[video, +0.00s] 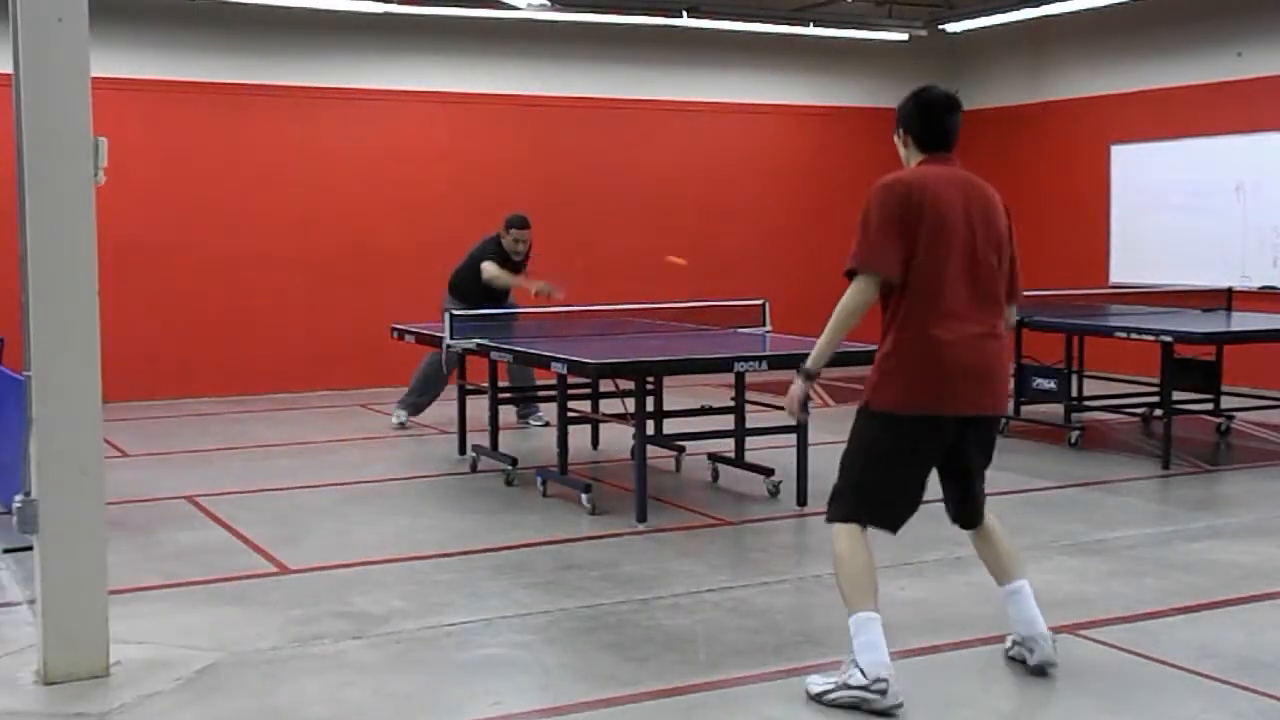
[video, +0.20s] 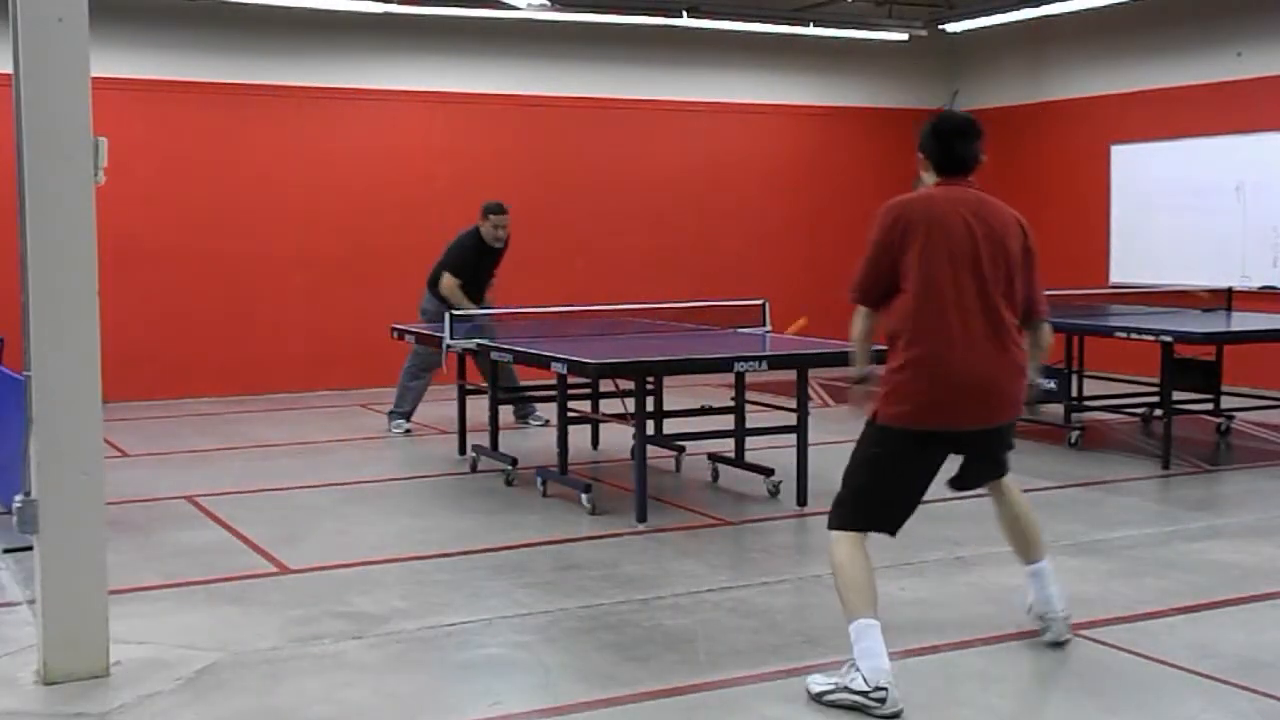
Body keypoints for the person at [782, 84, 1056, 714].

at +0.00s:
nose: (895, 144)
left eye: (895, 135)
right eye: (899, 135)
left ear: (904, 138)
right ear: (954, 137)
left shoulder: (896, 191)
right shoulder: (990, 198)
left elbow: (867, 283)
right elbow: (1008, 303)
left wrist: (811, 368)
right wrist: (981, 368)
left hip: (912, 383)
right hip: (986, 386)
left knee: (848, 514)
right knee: (973, 507)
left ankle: (870, 669)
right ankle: (1033, 635)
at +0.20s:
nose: (914, 164)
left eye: (916, 156)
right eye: (923, 155)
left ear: (924, 161)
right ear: (977, 161)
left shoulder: (904, 214)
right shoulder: (1010, 222)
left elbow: (868, 303)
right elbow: (1037, 325)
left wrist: (860, 366)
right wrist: (1029, 380)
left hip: (917, 395)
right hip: (997, 393)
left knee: (847, 526)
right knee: (1001, 481)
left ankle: (870, 671)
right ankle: (1051, 608)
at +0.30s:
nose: (951, 165)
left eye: (950, 156)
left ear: (953, 164)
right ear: (1006, 165)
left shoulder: (924, 216)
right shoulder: (1032, 225)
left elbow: (894, 312)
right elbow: (1065, 325)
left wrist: (922, 360)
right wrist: (1072, 390)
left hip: (928, 397)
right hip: (1008, 398)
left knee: (869, 525)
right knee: (1025, 481)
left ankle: (873, 672)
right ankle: (1067, 597)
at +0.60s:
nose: (1021, 163)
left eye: (1021, 154)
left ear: (1027, 158)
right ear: (1079, 164)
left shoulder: (1004, 199)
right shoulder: (1099, 216)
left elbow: (962, 289)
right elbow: (1106, 306)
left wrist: (949, 332)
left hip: (1005, 363)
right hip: (1074, 370)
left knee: (952, 490)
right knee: (1055, 469)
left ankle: (915, 641)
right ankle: (1071, 599)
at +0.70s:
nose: (1029, 151)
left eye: (1030, 142)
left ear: (1036, 144)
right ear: (1087, 150)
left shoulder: (1022, 184)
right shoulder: (1103, 199)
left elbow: (998, 269)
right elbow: (1079, 275)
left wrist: (964, 336)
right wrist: (995, 286)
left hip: (1026, 352)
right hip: (1093, 353)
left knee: (965, 479)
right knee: (1059, 461)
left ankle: (923, 630)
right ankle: (1070, 597)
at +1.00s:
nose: (1048, 121)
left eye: (1049, 113)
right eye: (1052, 114)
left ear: (1056, 116)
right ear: (1107, 119)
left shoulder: (1054, 162)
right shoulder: (1123, 171)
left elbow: (1042, 258)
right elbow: (1040, 238)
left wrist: (995, 331)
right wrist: (958, 227)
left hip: (1055, 342)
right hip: (1113, 344)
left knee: (994, 468)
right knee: (1068, 463)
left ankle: (1016, 620)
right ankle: (1093, 593)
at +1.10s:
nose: (1051, 126)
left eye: (1052, 118)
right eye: (1054, 118)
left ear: (1060, 121)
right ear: (1111, 124)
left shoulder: (1061, 174)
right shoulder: (1130, 180)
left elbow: (1039, 271)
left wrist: (991, 337)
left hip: (1062, 359)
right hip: (1118, 361)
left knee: (1001, 485)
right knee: (1067, 473)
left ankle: (1045, 626)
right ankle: (1092, 594)